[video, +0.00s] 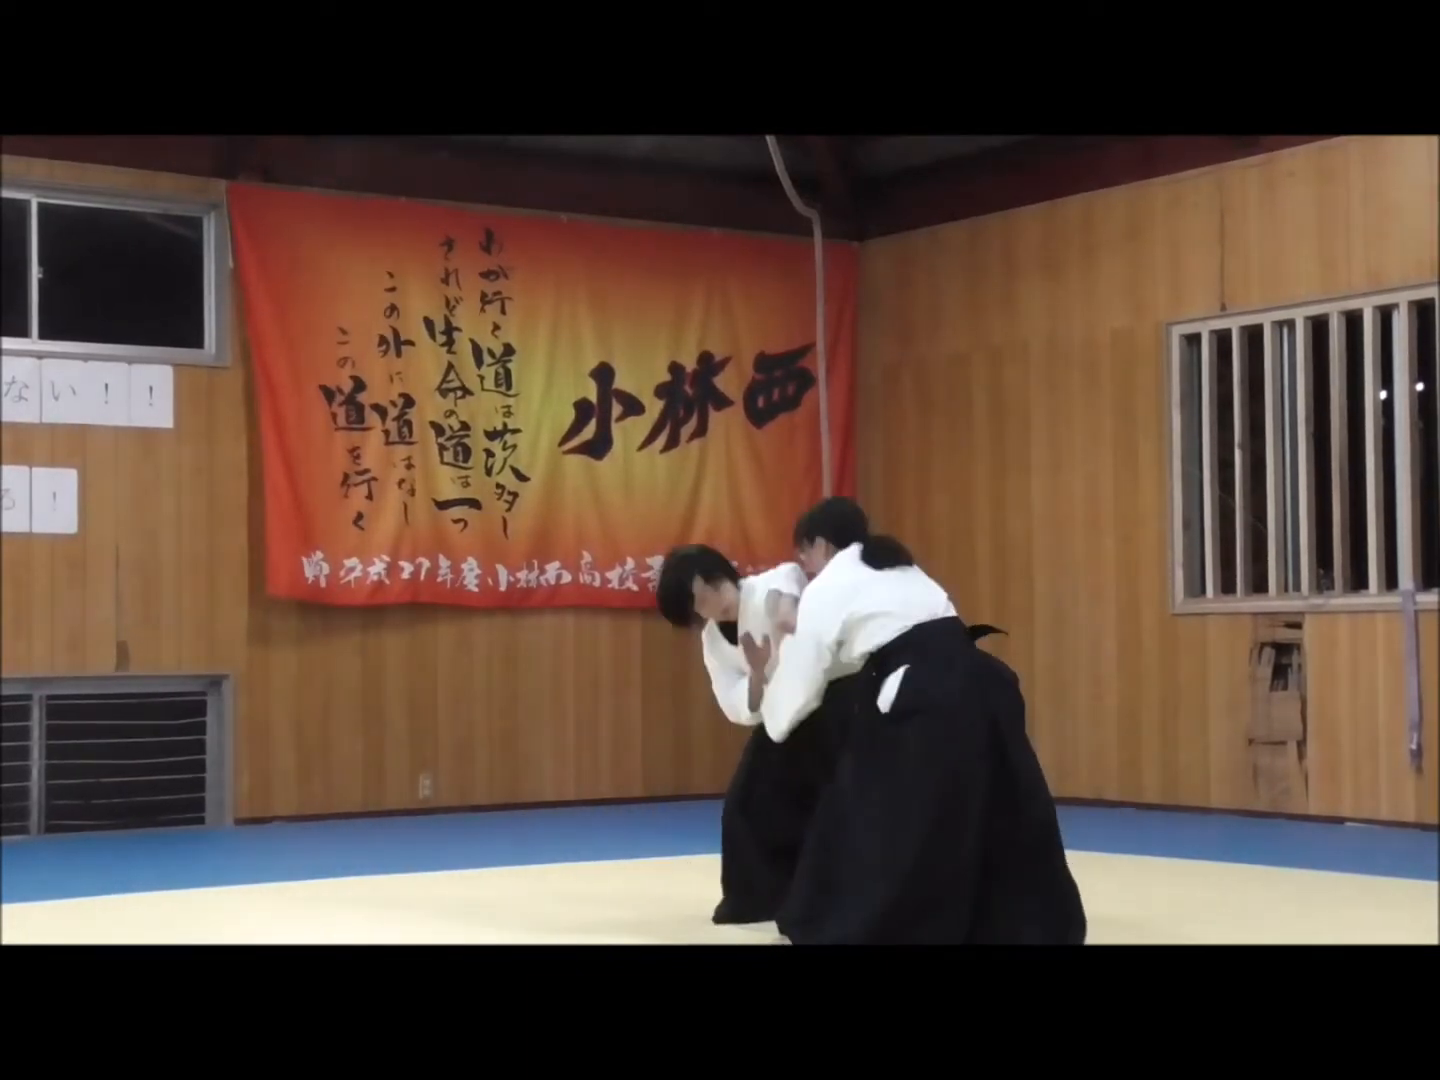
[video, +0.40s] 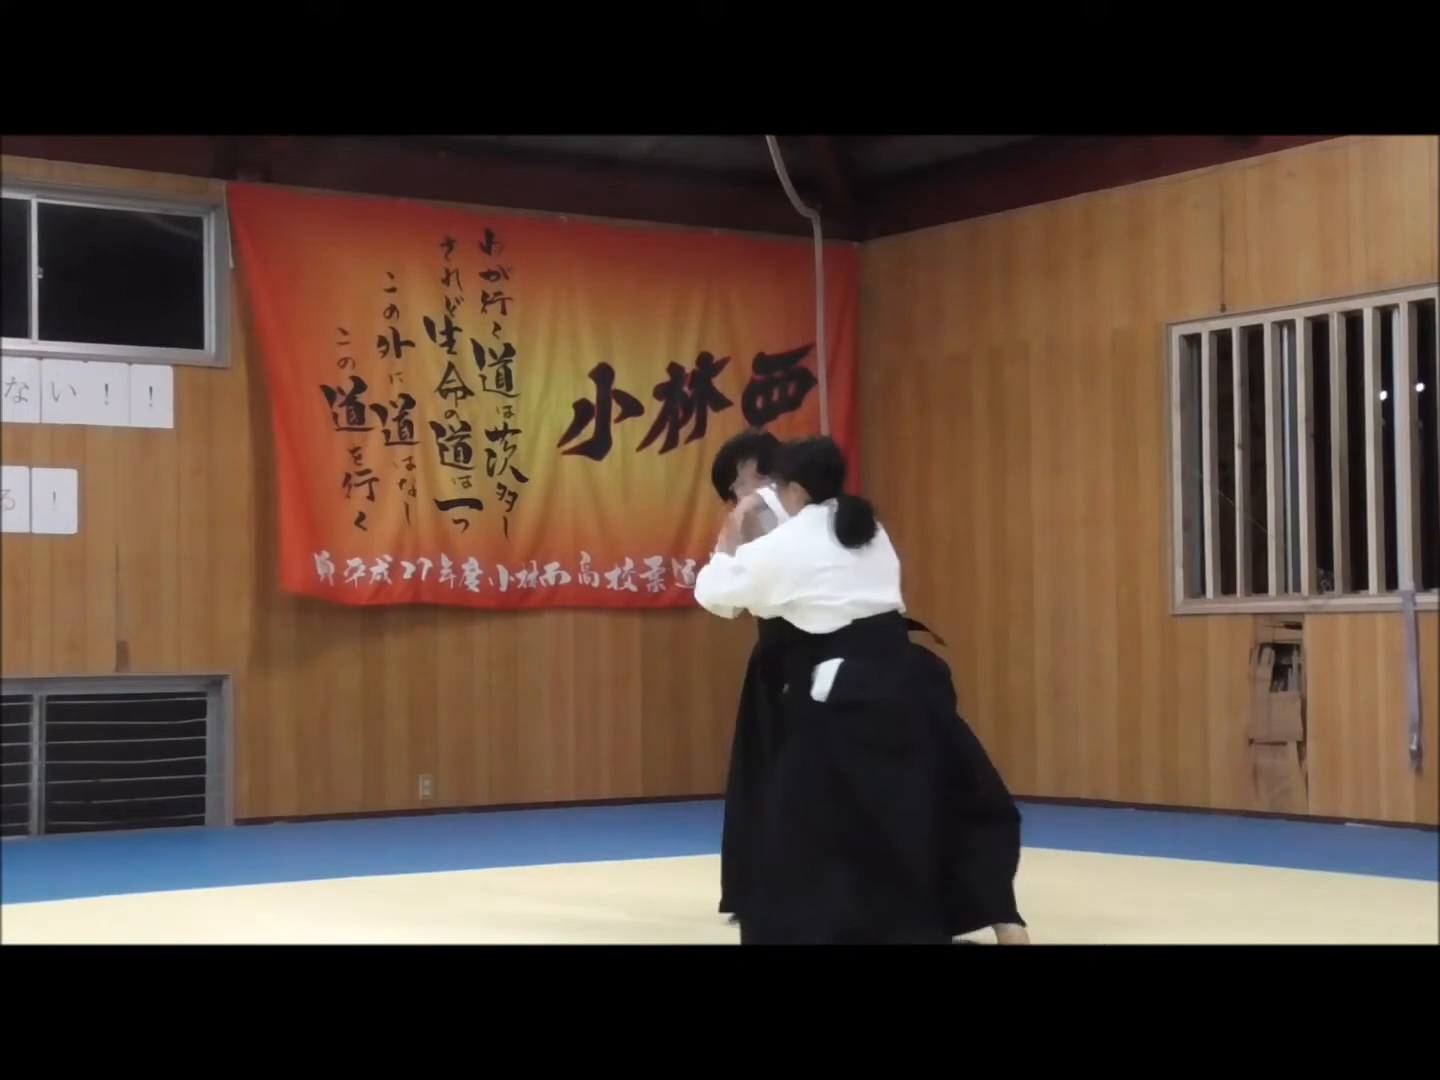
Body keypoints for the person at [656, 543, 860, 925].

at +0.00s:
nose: (698, 612)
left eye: (696, 600)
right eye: (691, 608)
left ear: (714, 581)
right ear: (692, 610)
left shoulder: (775, 582)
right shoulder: (714, 641)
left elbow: (793, 571)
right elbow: (741, 711)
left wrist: (786, 609)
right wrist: (756, 674)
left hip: (834, 692)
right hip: (781, 712)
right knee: (745, 801)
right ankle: (749, 897)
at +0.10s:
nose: (718, 570)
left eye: (719, 555)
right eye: (705, 567)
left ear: (733, 543)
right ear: (698, 576)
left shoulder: (782, 561)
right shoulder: (714, 614)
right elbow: (729, 683)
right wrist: (757, 644)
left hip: (830, 683)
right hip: (778, 702)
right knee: (750, 798)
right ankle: (756, 900)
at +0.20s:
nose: (729, 537)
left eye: (733, 523)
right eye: (716, 530)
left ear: (748, 518)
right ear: (704, 540)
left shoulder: (790, 542)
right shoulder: (716, 584)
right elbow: (722, 654)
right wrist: (757, 607)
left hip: (827, 668)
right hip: (774, 678)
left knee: (819, 781)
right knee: (755, 784)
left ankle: (820, 897)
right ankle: (751, 898)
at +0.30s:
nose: (740, 507)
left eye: (746, 494)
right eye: (728, 499)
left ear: (765, 494)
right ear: (715, 512)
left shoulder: (794, 523)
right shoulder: (724, 552)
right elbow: (723, 624)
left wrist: (761, 553)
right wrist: (740, 570)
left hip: (827, 659)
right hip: (776, 663)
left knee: (811, 779)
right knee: (759, 775)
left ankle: (812, 902)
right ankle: (758, 899)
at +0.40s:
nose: (734, 491)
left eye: (738, 480)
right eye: (732, 481)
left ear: (758, 472)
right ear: (762, 471)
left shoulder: (759, 510)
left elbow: (727, 591)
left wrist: (729, 533)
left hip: (785, 655)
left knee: (764, 769)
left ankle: (760, 891)